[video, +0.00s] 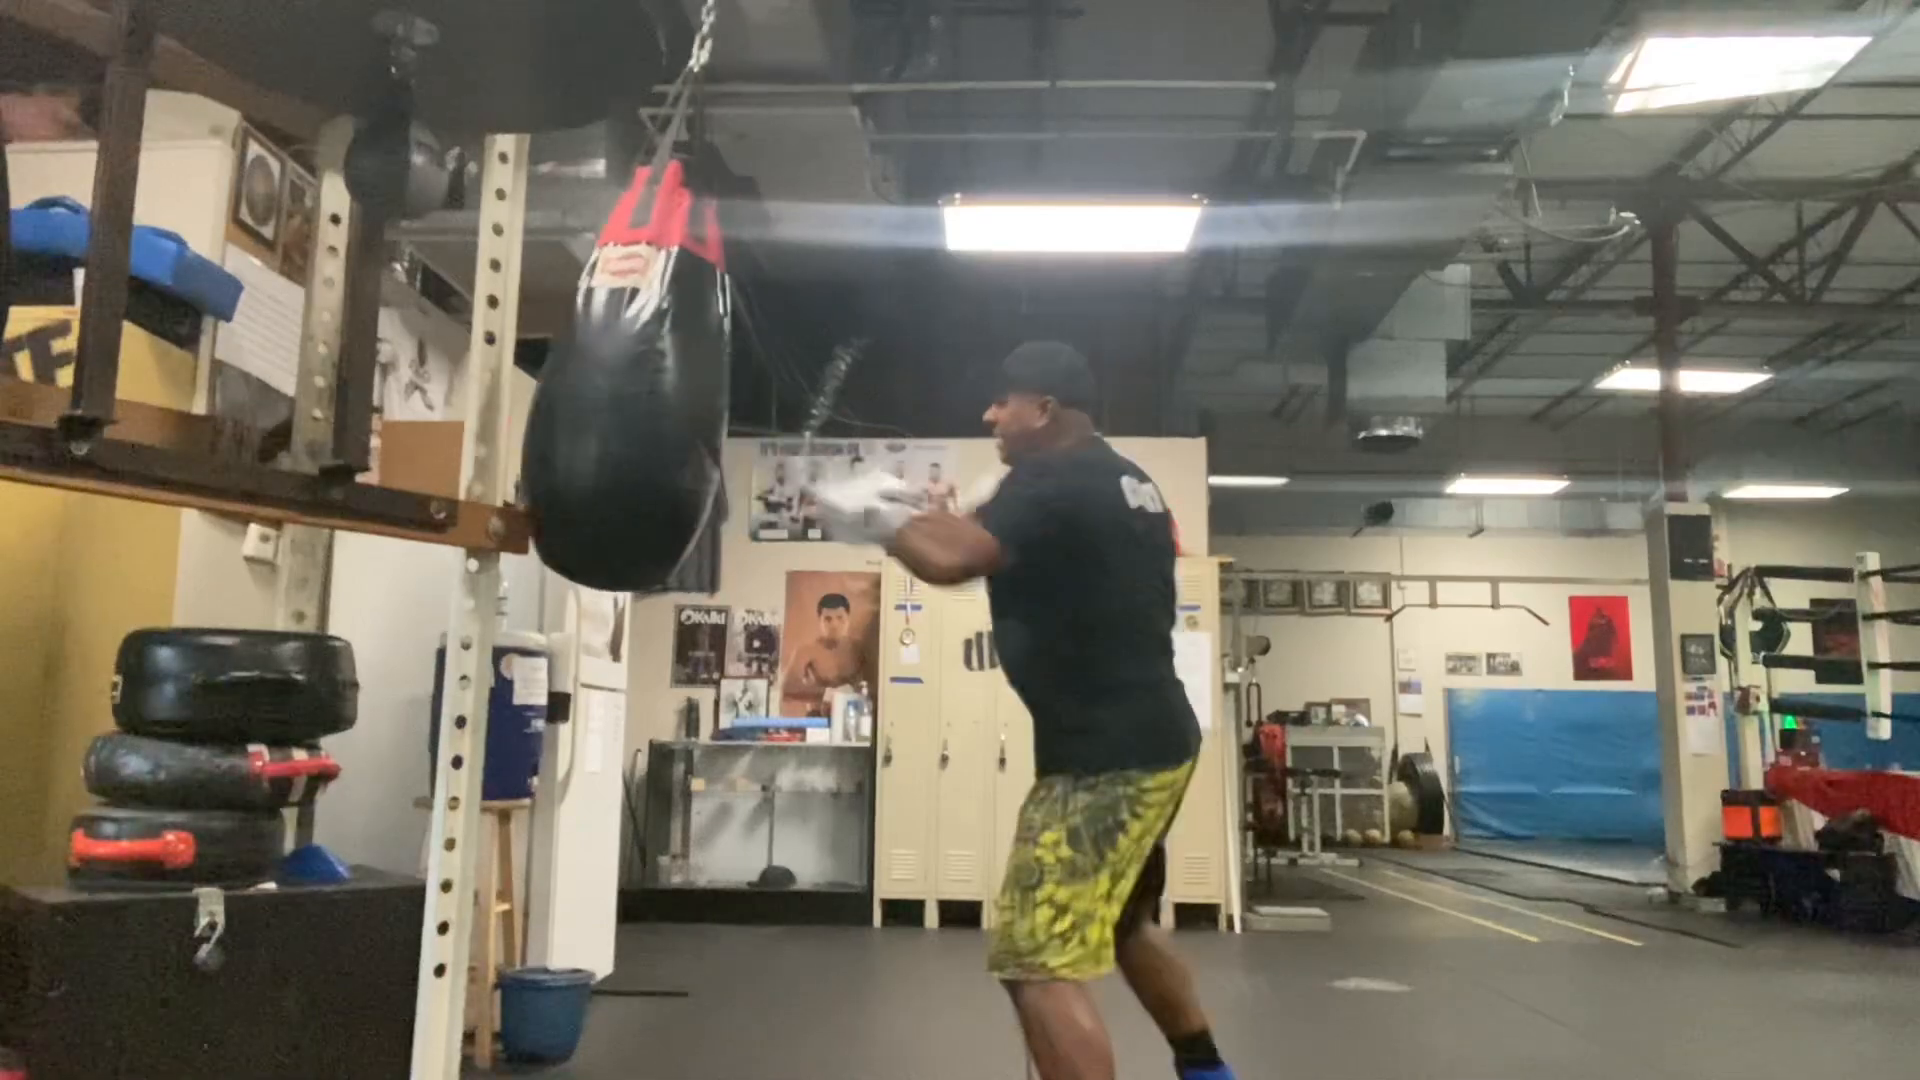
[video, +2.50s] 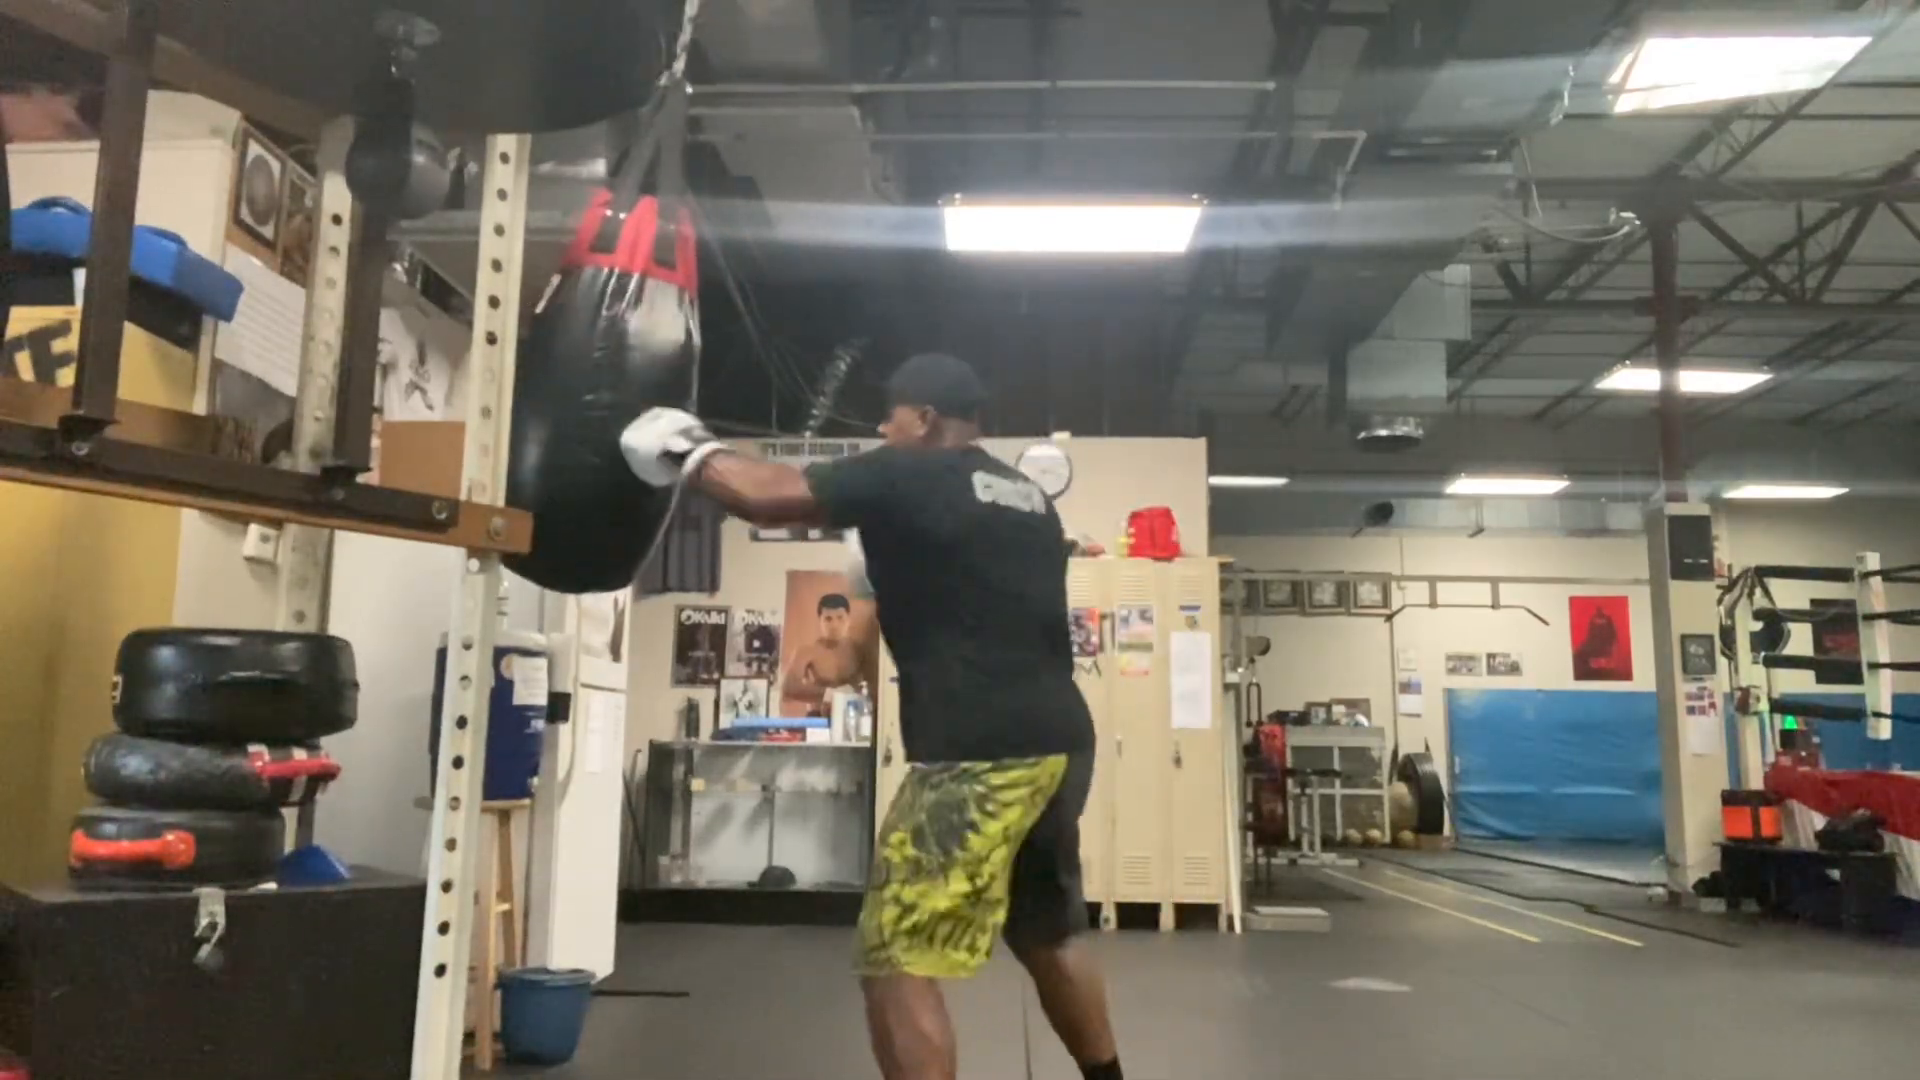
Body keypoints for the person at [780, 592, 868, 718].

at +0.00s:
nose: (834, 625)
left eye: (840, 618)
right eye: (828, 619)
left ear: (848, 620)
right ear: (819, 620)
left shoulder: (859, 650)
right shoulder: (806, 652)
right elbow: (789, 687)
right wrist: (825, 692)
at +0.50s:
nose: (834, 624)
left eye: (840, 618)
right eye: (828, 618)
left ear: (848, 620)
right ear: (819, 621)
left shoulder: (857, 651)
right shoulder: (806, 652)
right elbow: (788, 687)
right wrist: (824, 692)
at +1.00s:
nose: (834, 625)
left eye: (840, 618)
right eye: (828, 618)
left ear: (848, 620)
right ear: (819, 621)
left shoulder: (858, 652)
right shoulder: (806, 652)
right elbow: (789, 688)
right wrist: (826, 693)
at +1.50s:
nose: (834, 625)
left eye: (840, 618)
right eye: (828, 619)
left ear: (848, 620)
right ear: (819, 621)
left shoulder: (858, 652)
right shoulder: (806, 652)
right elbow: (789, 688)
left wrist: (816, 687)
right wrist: (827, 693)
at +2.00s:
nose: (834, 624)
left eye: (840, 618)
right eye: (828, 619)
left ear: (848, 620)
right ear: (819, 621)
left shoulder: (857, 652)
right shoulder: (807, 652)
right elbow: (790, 688)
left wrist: (816, 687)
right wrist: (828, 693)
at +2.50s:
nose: (834, 625)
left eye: (840, 618)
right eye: (828, 619)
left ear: (848, 620)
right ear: (819, 621)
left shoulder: (857, 651)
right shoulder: (808, 652)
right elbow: (790, 688)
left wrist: (816, 685)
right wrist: (828, 693)